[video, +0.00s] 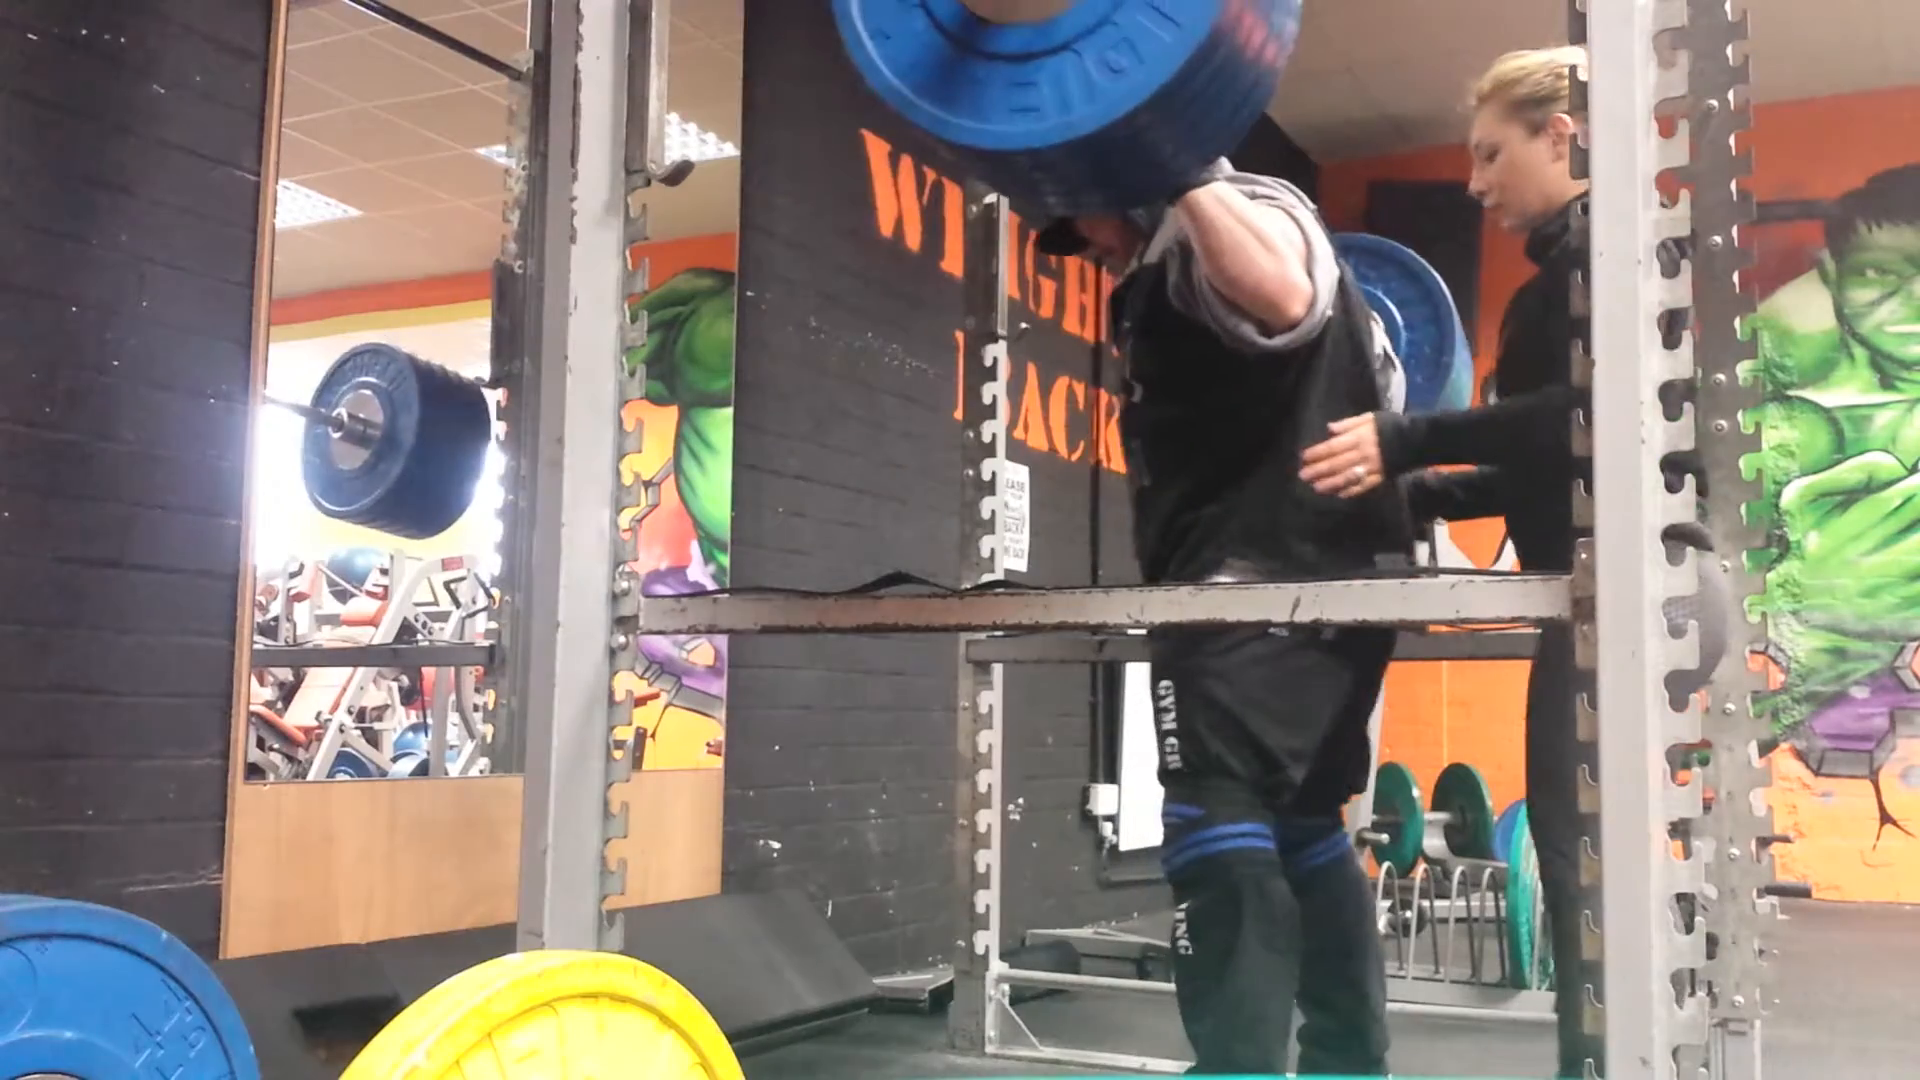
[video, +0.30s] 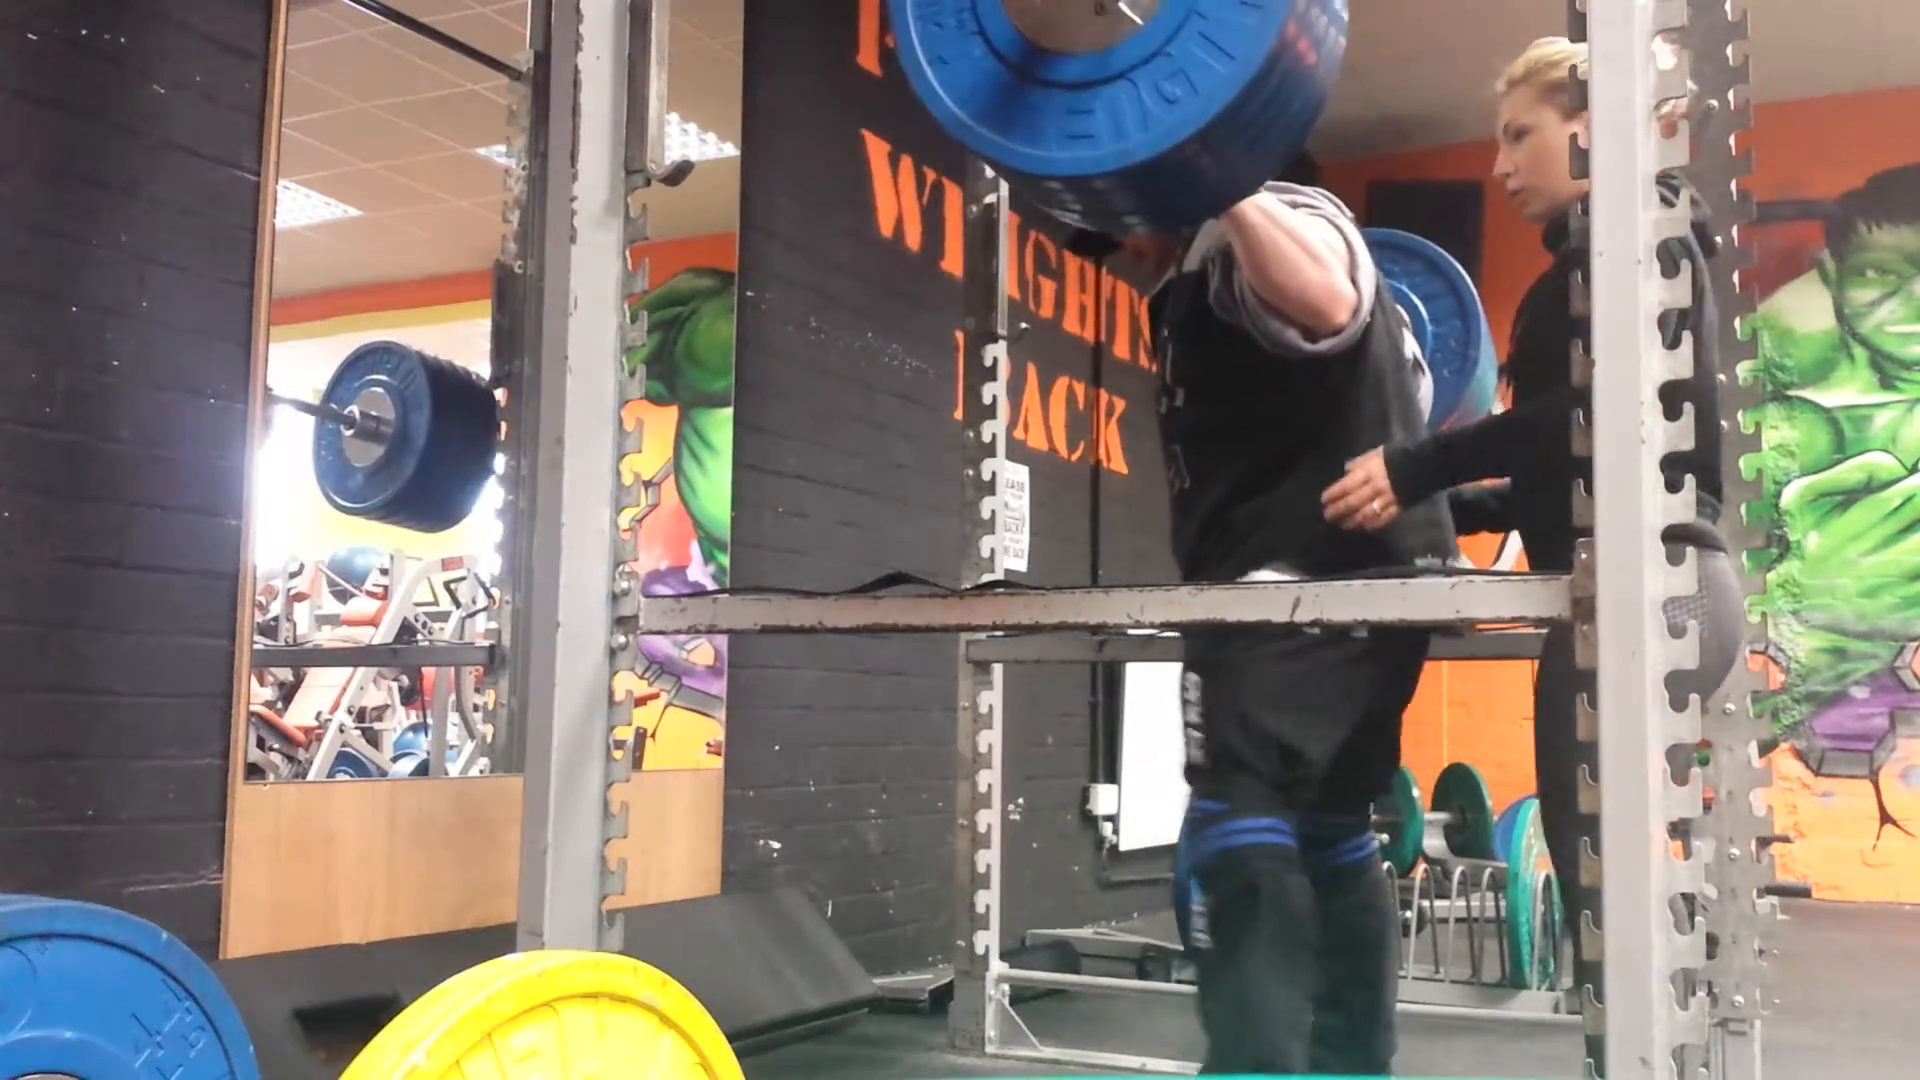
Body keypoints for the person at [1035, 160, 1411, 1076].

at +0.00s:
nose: (1081, 247)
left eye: (1078, 222)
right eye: (1066, 234)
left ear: (1116, 181)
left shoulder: (1240, 208)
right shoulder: (1169, 258)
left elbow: (1282, 295)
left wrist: (1173, 161)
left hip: (1265, 578)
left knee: (1214, 819)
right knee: (1303, 823)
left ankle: (1237, 1065)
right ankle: (1347, 1064)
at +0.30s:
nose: (1111, 258)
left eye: (1112, 232)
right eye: (1095, 241)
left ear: (1157, 197)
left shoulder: (1281, 216)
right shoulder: (1212, 267)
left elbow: (1324, 299)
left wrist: (1217, 172)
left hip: (1307, 589)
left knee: (1241, 827)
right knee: (1330, 832)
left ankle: (1257, 1065)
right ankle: (1350, 1063)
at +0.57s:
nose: (1108, 259)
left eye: (1111, 232)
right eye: (1095, 241)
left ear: (1161, 193)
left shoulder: (1295, 212)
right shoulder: (1213, 262)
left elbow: (1329, 300)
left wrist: (1225, 179)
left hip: (1315, 588)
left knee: (1259, 829)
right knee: (1333, 833)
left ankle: (1266, 1064)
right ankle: (1351, 1064)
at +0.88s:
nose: (1110, 253)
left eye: (1110, 226)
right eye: (1095, 236)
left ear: (1159, 194)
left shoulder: (1290, 210)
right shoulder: (1217, 262)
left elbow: (1320, 295)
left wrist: (1214, 169)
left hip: (1310, 588)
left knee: (1232, 821)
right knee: (1331, 830)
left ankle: (1261, 1062)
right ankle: (1351, 1062)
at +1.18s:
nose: (1096, 251)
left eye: (1097, 227)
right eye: (1080, 236)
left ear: (1145, 195)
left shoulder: (1278, 195)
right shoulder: (1190, 261)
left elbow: (1326, 282)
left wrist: (1211, 173)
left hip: (1318, 574)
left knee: (1259, 824)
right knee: (1322, 827)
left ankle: (1263, 1065)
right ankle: (1348, 1065)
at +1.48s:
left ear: (1200, 159)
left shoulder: (1280, 218)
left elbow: (1319, 310)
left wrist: (1212, 209)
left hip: (1310, 584)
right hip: (1369, 586)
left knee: (1251, 819)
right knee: (1338, 829)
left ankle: (1263, 1063)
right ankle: (1352, 1062)